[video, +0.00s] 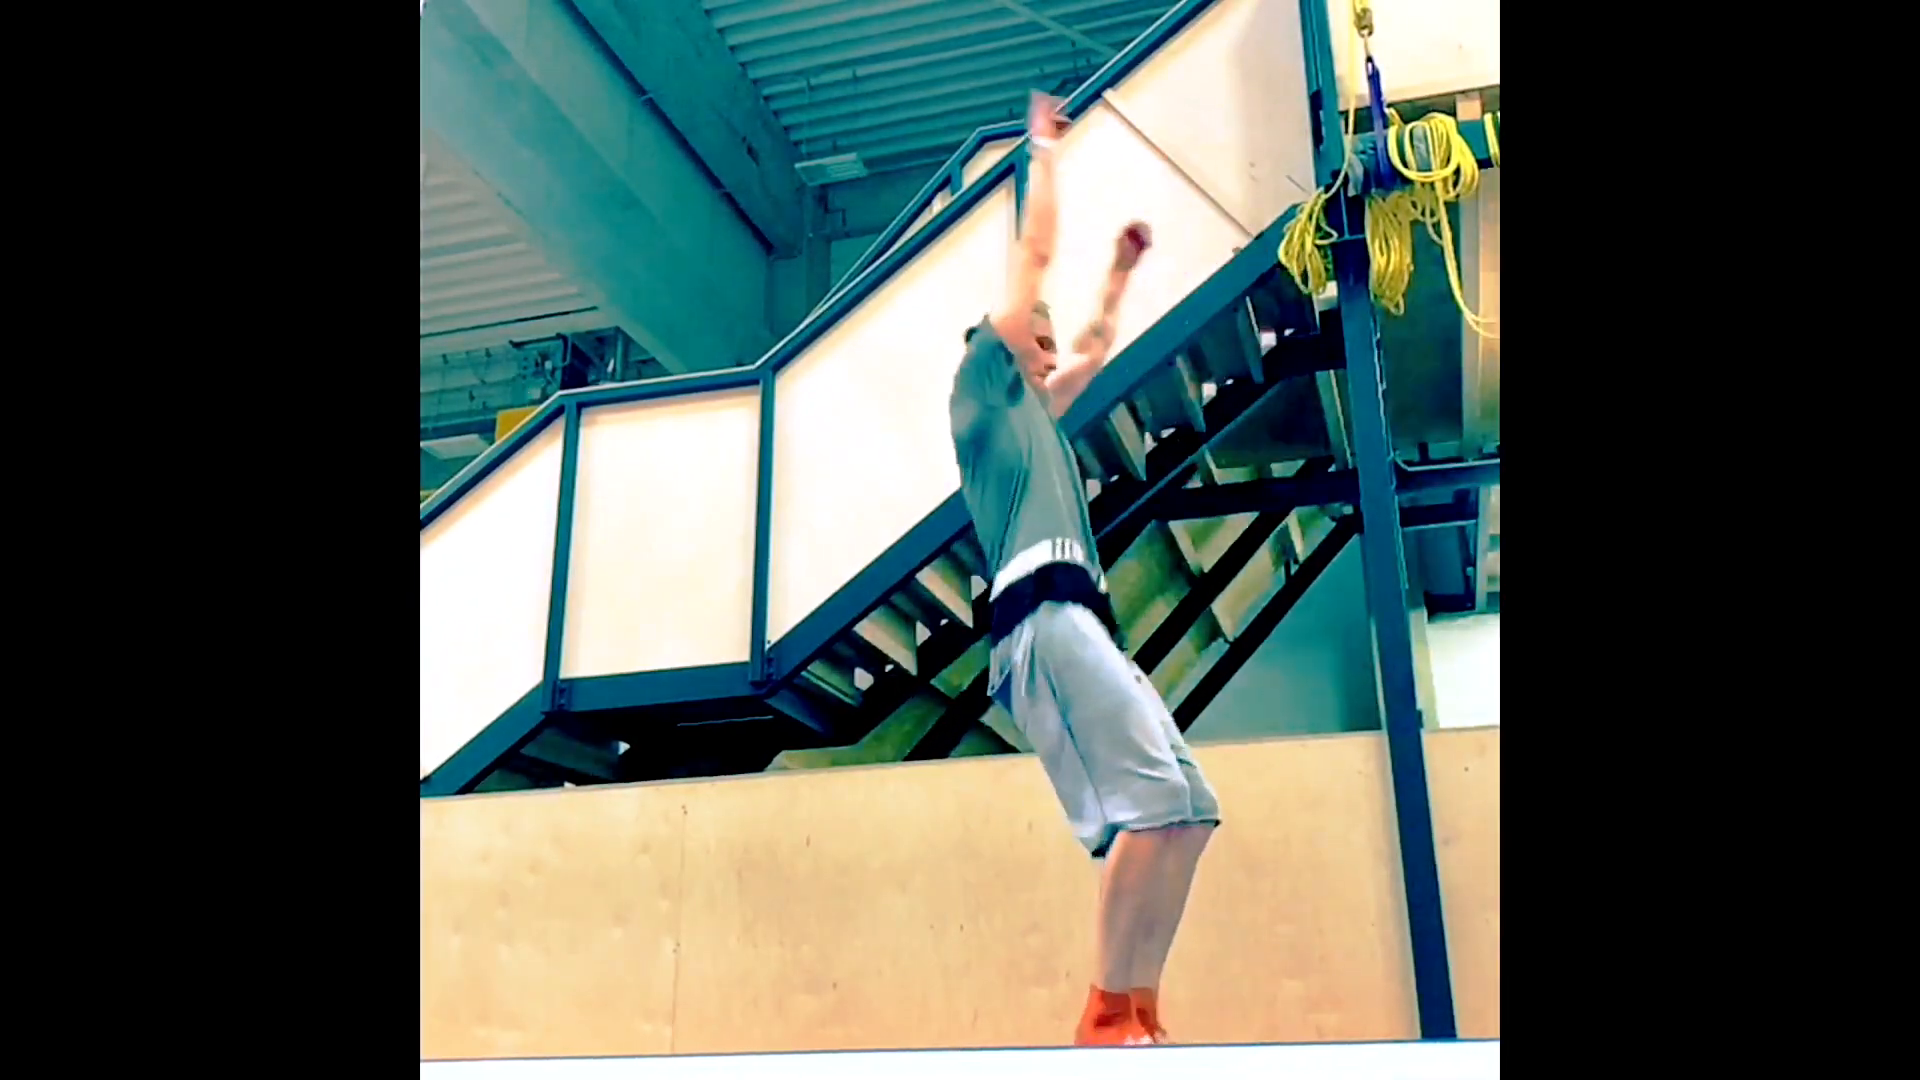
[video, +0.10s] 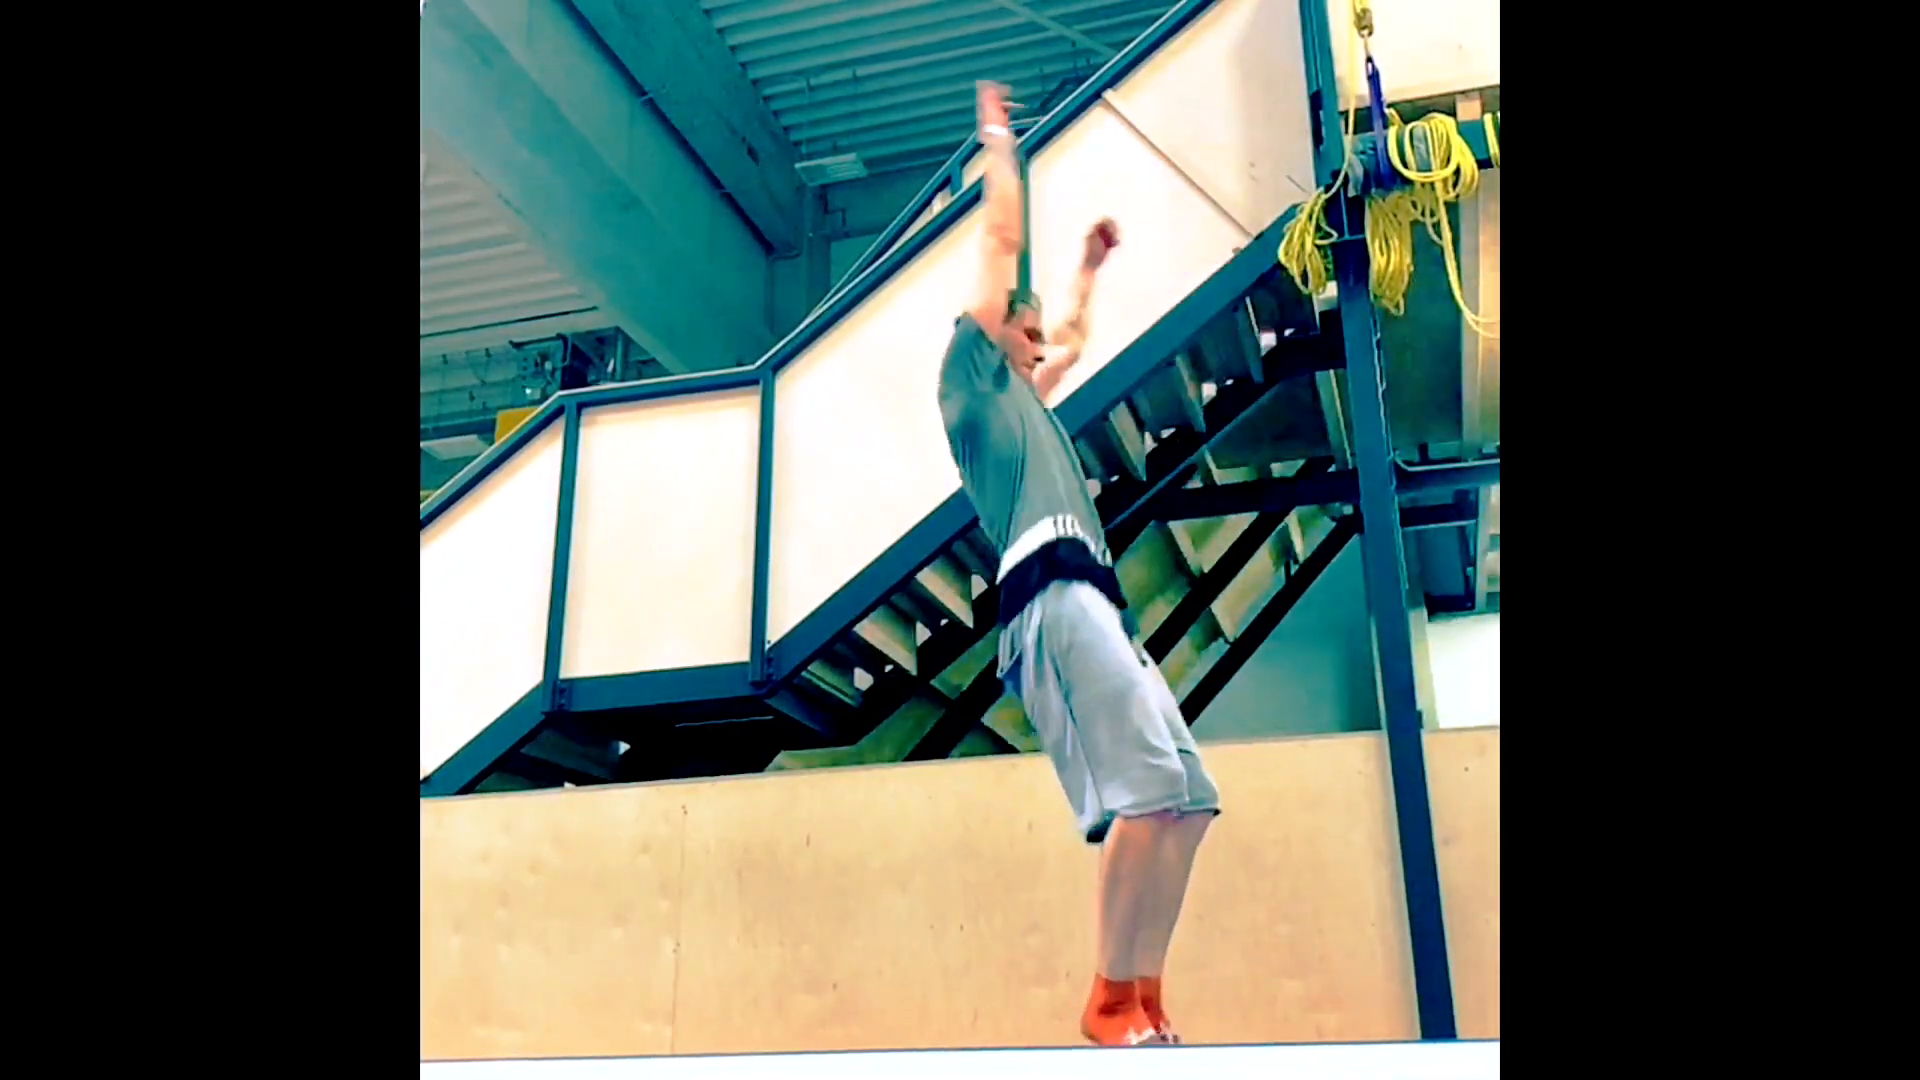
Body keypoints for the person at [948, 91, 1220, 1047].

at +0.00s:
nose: (1047, 342)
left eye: (1049, 334)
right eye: (1036, 328)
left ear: (1039, 355)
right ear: (1004, 336)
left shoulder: (1035, 417)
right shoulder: (985, 385)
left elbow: (1092, 351)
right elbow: (1031, 256)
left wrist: (1119, 272)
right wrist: (1044, 149)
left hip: (1076, 628)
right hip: (1044, 625)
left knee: (1190, 810)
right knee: (1155, 804)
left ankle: (1135, 1015)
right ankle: (1110, 1018)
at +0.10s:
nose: (1039, 339)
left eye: (1041, 333)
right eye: (1026, 326)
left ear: (1034, 352)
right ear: (994, 328)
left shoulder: (1028, 409)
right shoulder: (972, 374)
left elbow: (1067, 343)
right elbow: (999, 235)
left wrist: (1089, 266)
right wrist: (999, 139)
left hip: (1092, 609)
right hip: (1053, 603)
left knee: (1189, 800)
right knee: (1149, 794)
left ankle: (1142, 1006)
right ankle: (1109, 1007)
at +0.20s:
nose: (1030, 341)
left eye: (1033, 335)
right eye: (1015, 330)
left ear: (1030, 349)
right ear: (982, 329)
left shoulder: (1021, 403)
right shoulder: (964, 374)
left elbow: (1044, 344)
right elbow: (968, 225)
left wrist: (1060, 270)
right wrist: (951, 131)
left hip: (1104, 593)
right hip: (1064, 588)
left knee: (1188, 789)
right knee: (1143, 783)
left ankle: (1149, 989)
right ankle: (1116, 986)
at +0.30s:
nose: (1014, 324)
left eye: (1018, 316)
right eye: (998, 316)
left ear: (1018, 328)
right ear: (964, 322)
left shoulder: (1014, 392)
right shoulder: (953, 369)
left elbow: (1024, 344)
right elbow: (937, 226)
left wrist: (1031, 273)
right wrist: (905, 126)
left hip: (1112, 564)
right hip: (1070, 561)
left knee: (1190, 768)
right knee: (1137, 759)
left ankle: (1157, 966)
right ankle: (1126, 968)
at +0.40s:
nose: (1006, 317)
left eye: (1008, 309)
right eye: (993, 307)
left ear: (999, 321)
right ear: (954, 310)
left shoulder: (1011, 382)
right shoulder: (942, 359)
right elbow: (907, 227)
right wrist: (859, 127)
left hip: (1131, 548)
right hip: (1084, 541)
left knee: (1187, 757)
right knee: (1137, 740)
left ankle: (1166, 964)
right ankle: (1136, 953)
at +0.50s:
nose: (998, 310)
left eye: (997, 303)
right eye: (982, 300)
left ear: (983, 320)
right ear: (938, 306)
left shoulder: (1007, 377)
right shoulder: (929, 349)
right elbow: (877, 226)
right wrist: (823, 139)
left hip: (1136, 530)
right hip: (1090, 522)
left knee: (1186, 731)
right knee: (1139, 722)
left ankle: (1172, 934)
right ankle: (1140, 940)